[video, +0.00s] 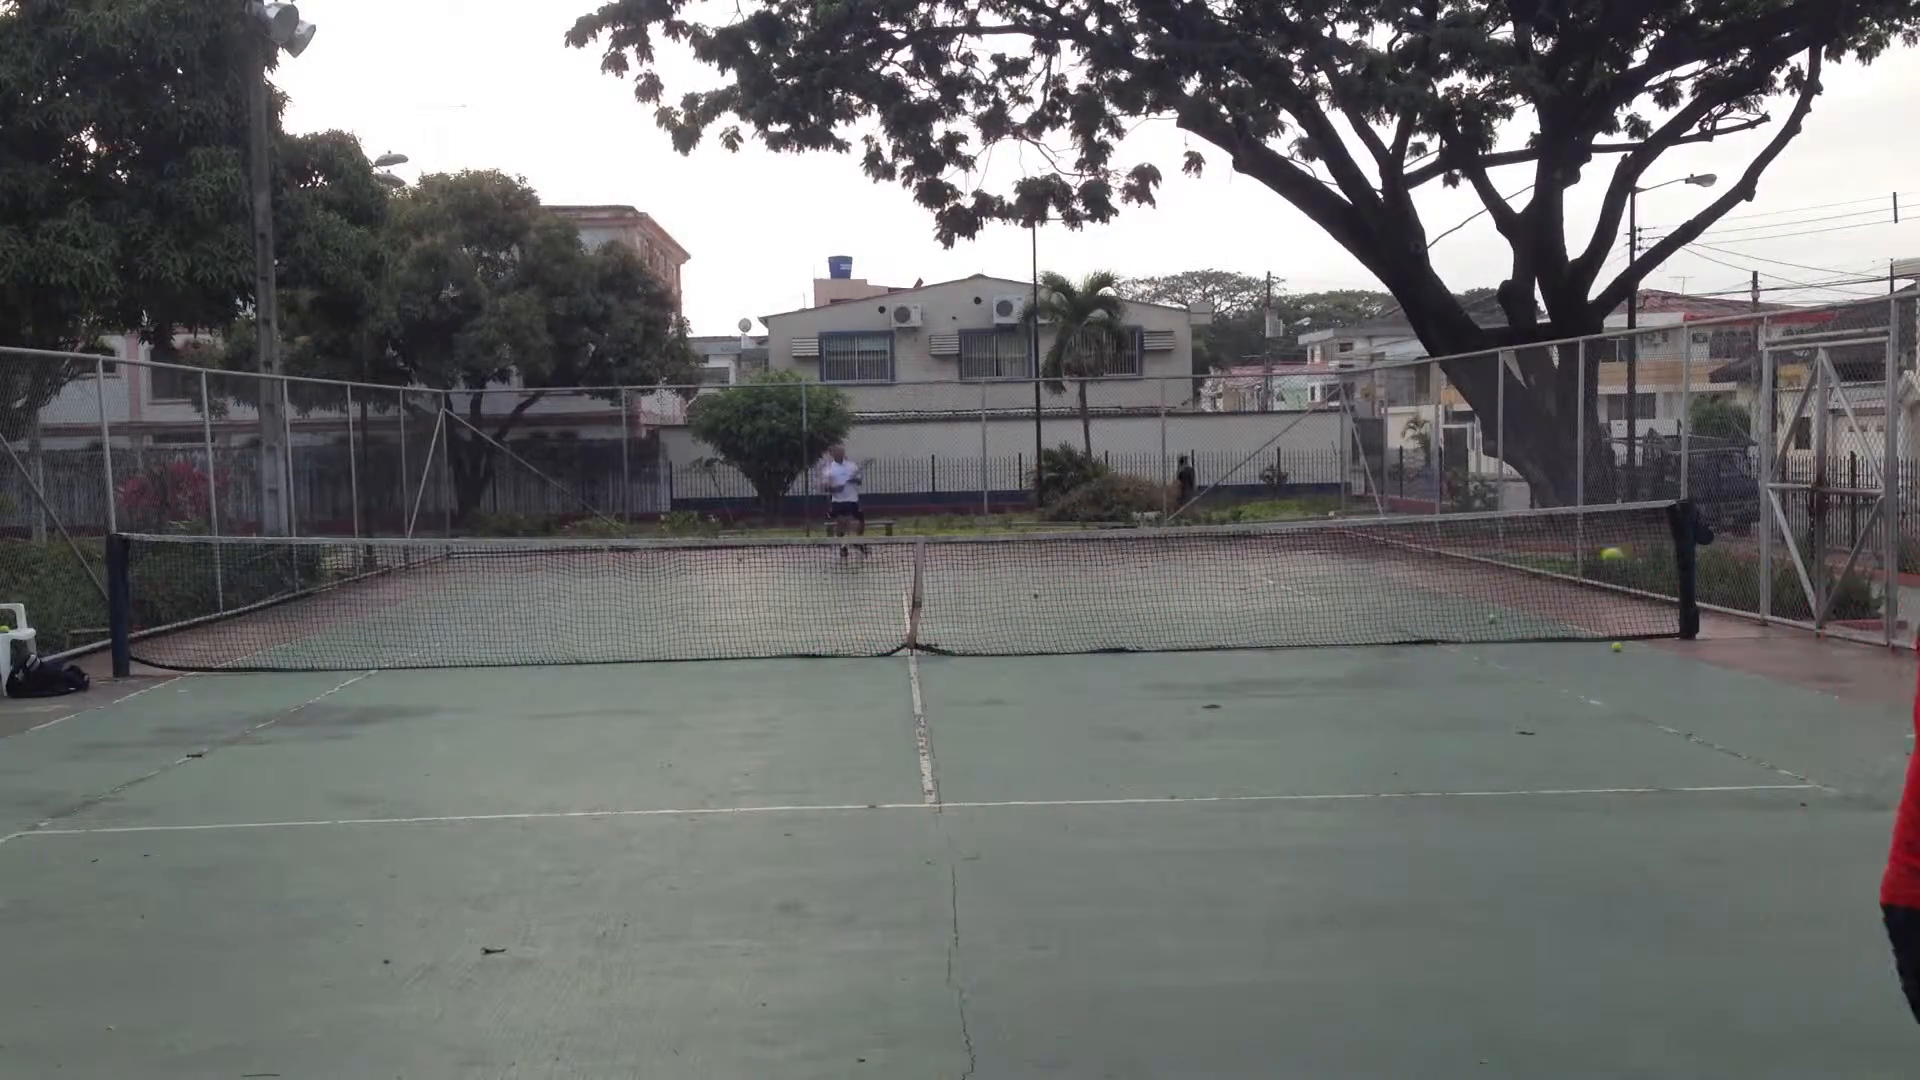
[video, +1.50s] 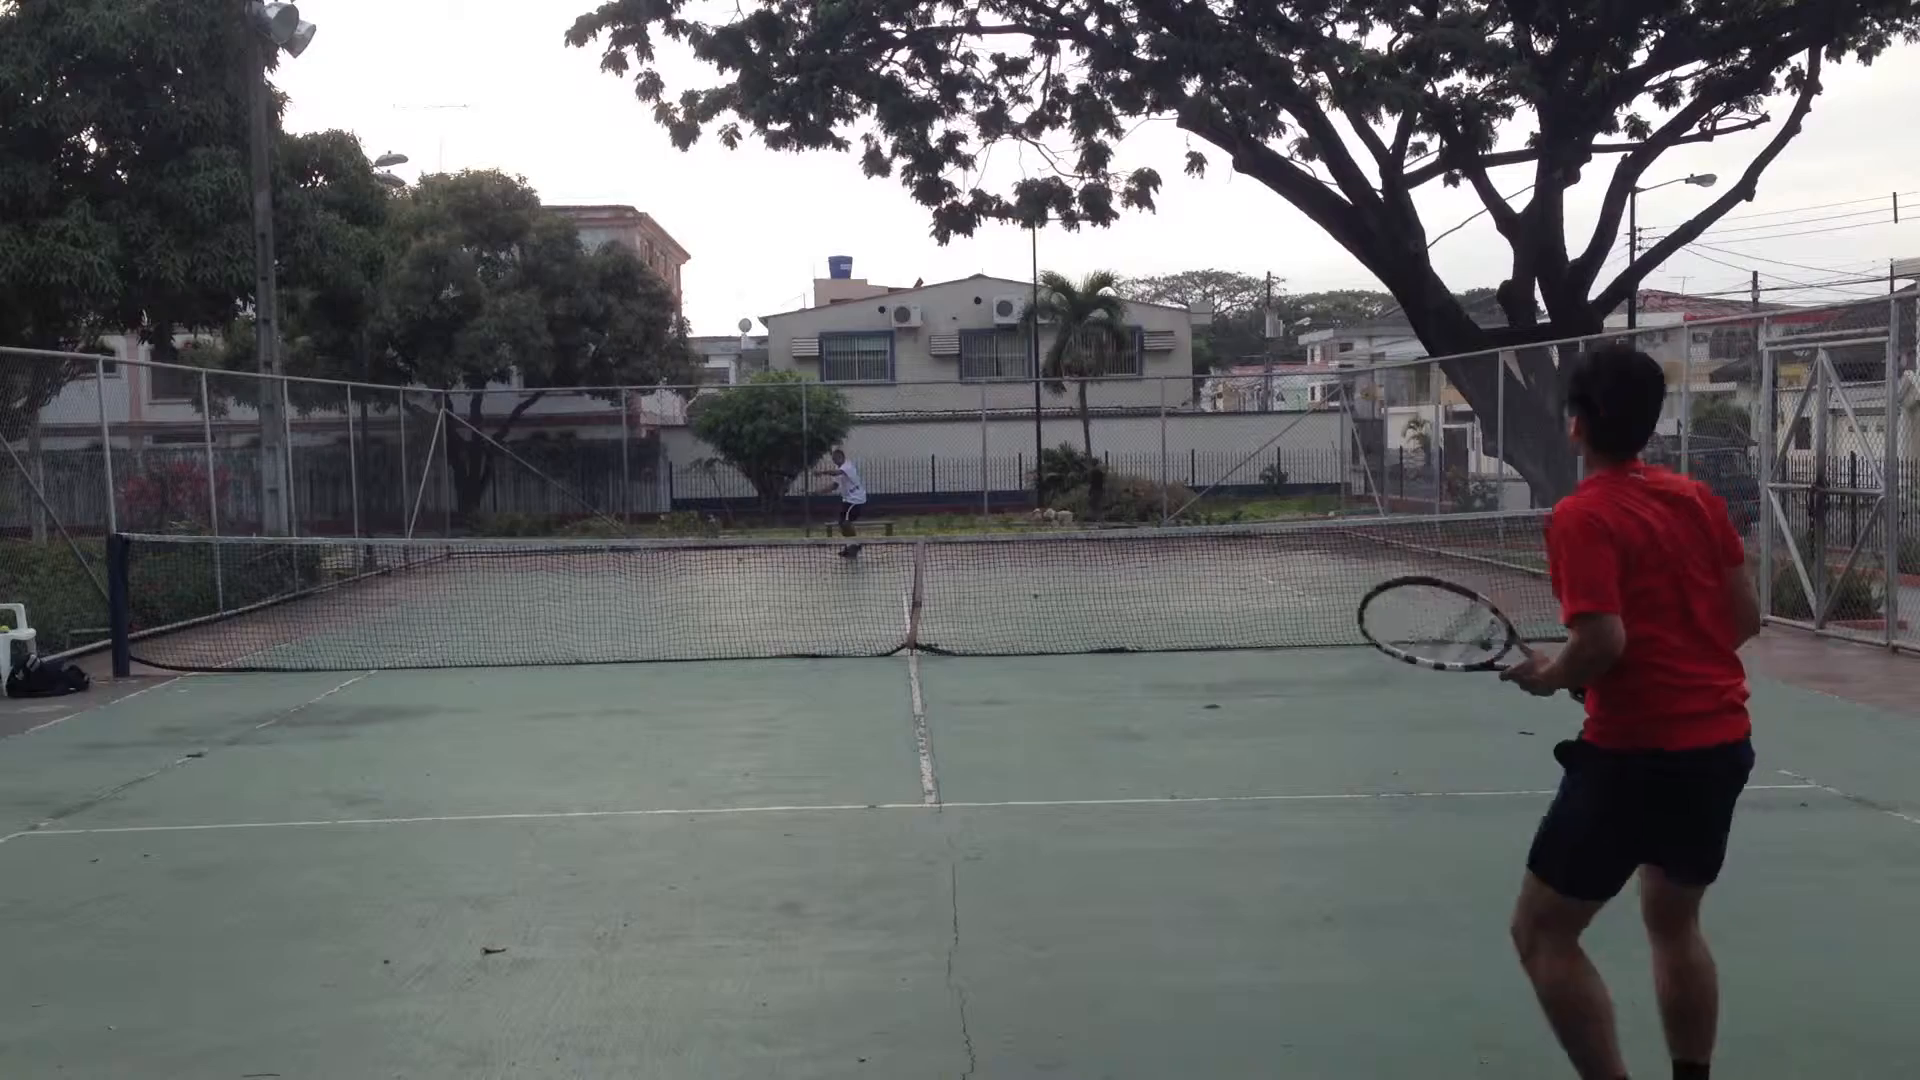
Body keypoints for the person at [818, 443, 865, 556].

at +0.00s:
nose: (839, 455)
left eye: (840, 453)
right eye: (836, 453)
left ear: (844, 453)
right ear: (832, 454)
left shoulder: (851, 466)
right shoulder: (829, 468)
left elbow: (859, 480)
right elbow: (825, 485)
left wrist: (854, 479)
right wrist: (836, 487)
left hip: (852, 500)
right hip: (837, 500)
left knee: (858, 523)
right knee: (840, 524)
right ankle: (842, 545)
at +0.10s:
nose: (846, 456)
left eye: (847, 453)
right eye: (843, 454)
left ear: (850, 454)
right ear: (839, 455)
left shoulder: (857, 465)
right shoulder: (835, 468)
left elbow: (864, 478)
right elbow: (830, 485)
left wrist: (861, 479)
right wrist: (843, 487)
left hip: (858, 500)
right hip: (843, 501)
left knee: (867, 523)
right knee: (843, 523)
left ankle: (875, 544)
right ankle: (843, 546)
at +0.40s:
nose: (860, 455)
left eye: (862, 452)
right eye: (858, 452)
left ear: (865, 452)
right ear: (854, 453)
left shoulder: (873, 464)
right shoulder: (850, 467)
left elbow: (881, 479)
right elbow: (845, 484)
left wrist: (876, 478)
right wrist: (858, 486)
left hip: (873, 499)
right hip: (858, 500)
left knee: (878, 523)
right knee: (853, 522)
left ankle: (881, 544)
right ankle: (847, 544)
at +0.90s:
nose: (854, 455)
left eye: (856, 452)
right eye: (852, 452)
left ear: (860, 452)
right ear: (849, 453)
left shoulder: (867, 465)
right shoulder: (844, 465)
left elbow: (873, 482)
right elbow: (834, 477)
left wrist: (863, 479)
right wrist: (846, 480)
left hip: (863, 499)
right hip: (849, 498)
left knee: (870, 523)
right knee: (848, 523)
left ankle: (878, 544)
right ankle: (851, 546)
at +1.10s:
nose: (850, 452)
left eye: (852, 450)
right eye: (848, 450)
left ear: (855, 451)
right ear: (845, 451)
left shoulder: (860, 463)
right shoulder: (841, 462)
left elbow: (862, 481)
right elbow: (829, 472)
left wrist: (846, 476)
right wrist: (836, 475)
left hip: (859, 497)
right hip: (846, 496)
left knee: (857, 521)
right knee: (847, 522)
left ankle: (861, 545)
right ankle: (852, 545)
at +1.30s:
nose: (843, 454)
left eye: (846, 451)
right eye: (842, 452)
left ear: (850, 452)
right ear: (840, 453)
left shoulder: (855, 463)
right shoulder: (840, 464)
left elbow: (849, 473)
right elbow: (835, 475)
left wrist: (832, 473)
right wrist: (824, 476)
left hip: (857, 497)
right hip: (846, 496)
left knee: (853, 521)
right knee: (844, 520)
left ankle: (857, 546)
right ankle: (851, 545)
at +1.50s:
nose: (835, 460)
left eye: (837, 458)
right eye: (834, 458)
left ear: (842, 457)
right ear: (833, 459)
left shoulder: (848, 466)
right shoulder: (840, 470)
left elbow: (837, 473)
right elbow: (835, 485)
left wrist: (821, 473)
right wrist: (822, 491)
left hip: (856, 497)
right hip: (848, 498)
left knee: (845, 522)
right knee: (843, 522)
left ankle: (854, 544)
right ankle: (850, 545)